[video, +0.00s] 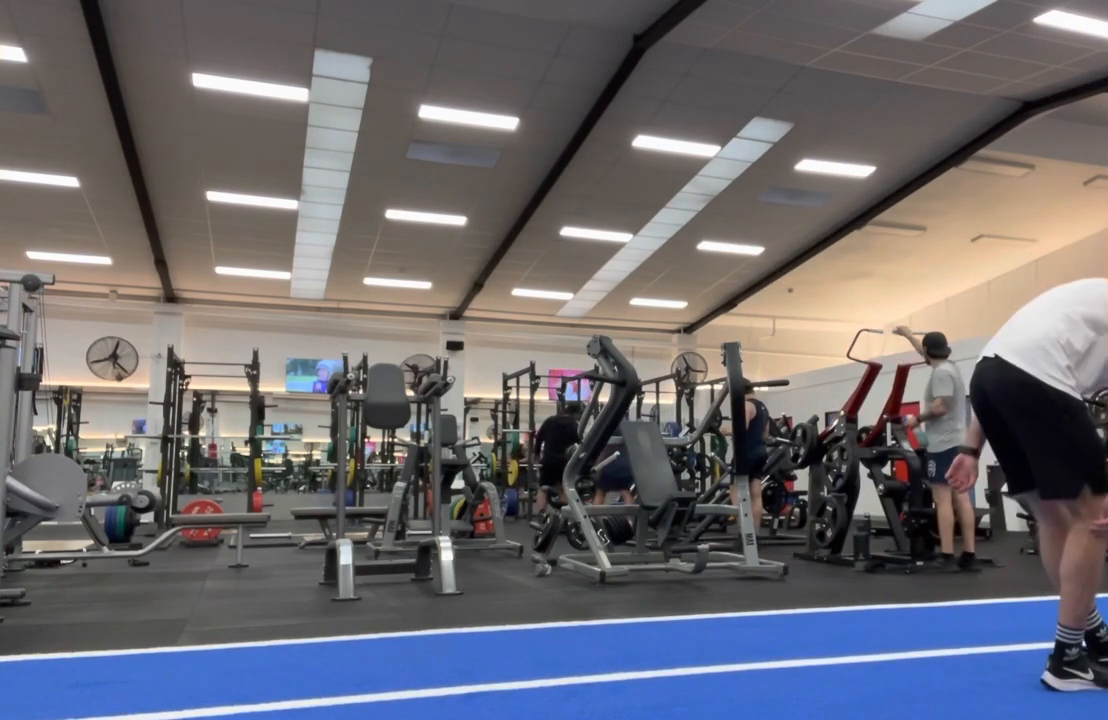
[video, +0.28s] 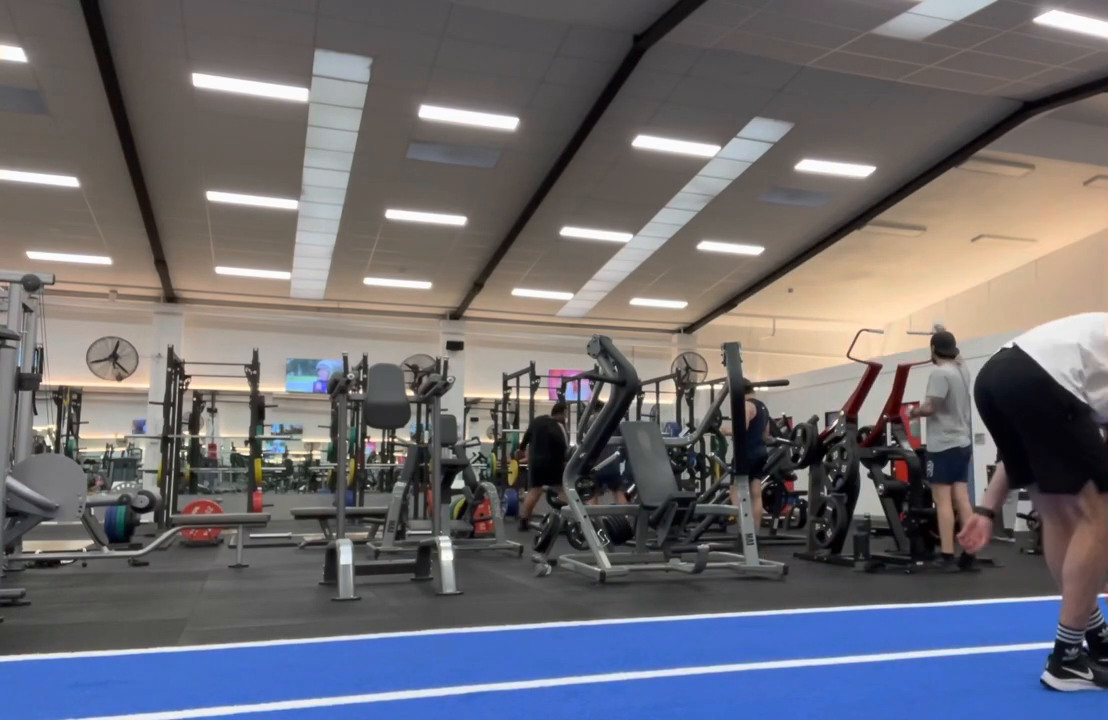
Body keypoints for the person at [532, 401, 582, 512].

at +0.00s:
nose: (579, 417)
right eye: (579, 414)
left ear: (565, 409)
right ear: (576, 413)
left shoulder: (550, 420)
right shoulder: (574, 424)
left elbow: (539, 437)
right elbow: (577, 441)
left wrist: (537, 454)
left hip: (549, 459)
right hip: (566, 460)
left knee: (543, 487)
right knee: (564, 488)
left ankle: (540, 513)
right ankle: (566, 514)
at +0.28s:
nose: (565, 418)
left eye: (565, 415)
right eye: (565, 415)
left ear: (552, 413)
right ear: (561, 414)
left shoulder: (538, 421)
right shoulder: (561, 426)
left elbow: (526, 437)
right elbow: (565, 446)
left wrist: (521, 449)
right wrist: (564, 460)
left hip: (536, 463)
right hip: (555, 465)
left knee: (534, 491)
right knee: (561, 491)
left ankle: (524, 520)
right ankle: (566, 519)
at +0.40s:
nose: (562, 418)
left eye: (562, 415)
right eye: (561, 415)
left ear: (547, 413)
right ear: (555, 413)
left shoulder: (534, 421)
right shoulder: (551, 425)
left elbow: (524, 439)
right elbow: (555, 446)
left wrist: (524, 452)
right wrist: (564, 459)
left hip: (533, 463)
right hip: (549, 464)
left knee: (529, 492)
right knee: (561, 490)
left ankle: (522, 521)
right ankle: (562, 520)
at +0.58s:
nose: (552, 417)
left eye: (552, 414)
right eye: (551, 414)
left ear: (540, 412)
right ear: (546, 413)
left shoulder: (529, 421)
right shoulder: (540, 423)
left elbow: (525, 443)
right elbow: (541, 444)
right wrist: (545, 462)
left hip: (525, 461)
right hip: (534, 462)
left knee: (525, 491)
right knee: (528, 491)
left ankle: (523, 521)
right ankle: (523, 521)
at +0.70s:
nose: (551, 416)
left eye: (551, 414)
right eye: (550, 413)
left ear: (540, 412)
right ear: (545, 413)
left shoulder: (541, 425)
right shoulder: (537, 423)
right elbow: (534, 443)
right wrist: (532, 461)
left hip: (536, 464)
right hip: (534, 464)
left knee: (530, 492)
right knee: (526, 491)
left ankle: (525, 520)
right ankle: (522, 521)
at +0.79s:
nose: (551, 416)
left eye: (552, 414)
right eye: (551, 413)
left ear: (540, 412)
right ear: (545, 413)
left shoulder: (542, 425)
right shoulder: (536, 423)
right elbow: (529, 442)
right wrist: (527, 461)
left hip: (538, 464)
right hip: (535, 464)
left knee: (528, 491)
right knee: (525, 491)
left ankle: (524, 520)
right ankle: (521, 521)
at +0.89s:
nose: (553, 418)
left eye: (553, 415)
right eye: (552, 415)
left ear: (542, 412)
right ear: (547, 413)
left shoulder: (542, 425)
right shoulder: (538, 422)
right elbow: (530, 443)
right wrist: (526, 461)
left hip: (531, 464)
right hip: (538, 465)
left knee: (525, 491)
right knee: (540, 491)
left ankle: (521, 520)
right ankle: (540, 519)